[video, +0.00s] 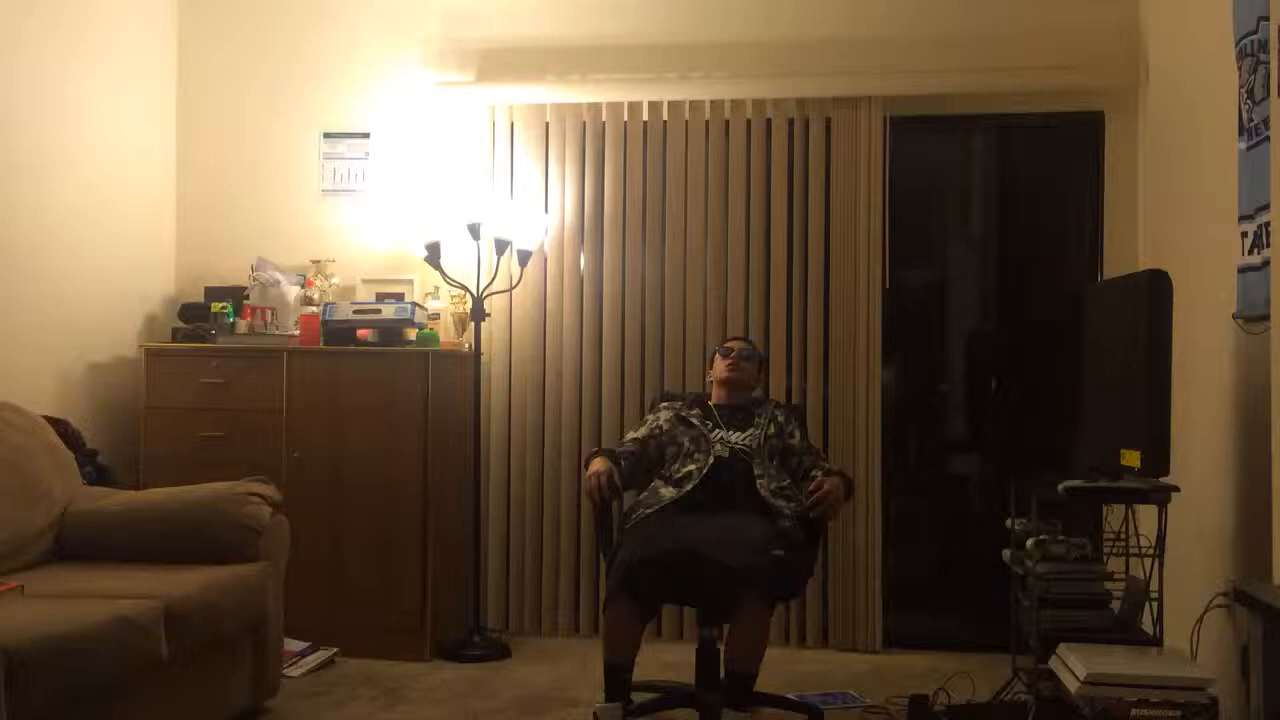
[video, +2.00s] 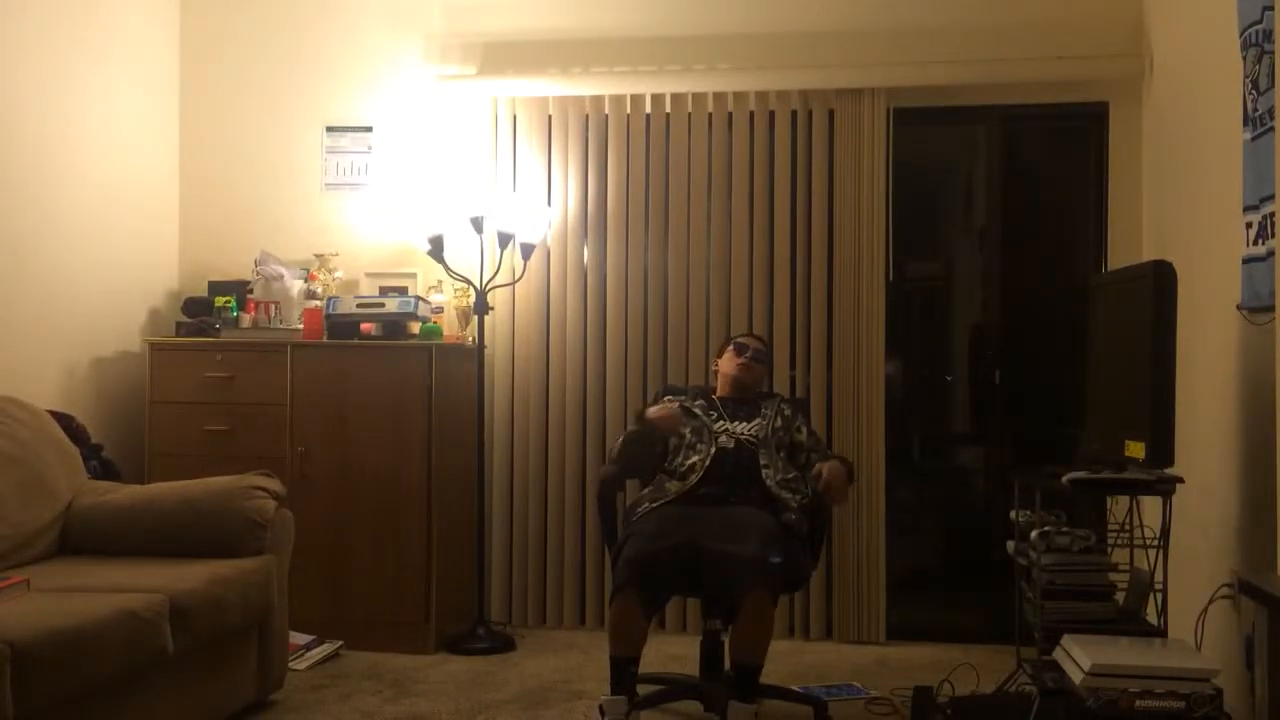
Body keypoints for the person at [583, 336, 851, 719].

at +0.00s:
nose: (734, 357)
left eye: (746, 354)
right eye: (725, 352)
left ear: (759, 375)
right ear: (710, 370)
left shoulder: (779, 420)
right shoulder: (675, 413)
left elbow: (812, 469)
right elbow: (633, 452)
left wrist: (837, 482)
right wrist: (600, 459)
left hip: (753, 522)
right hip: (674, 520)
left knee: (755, 593)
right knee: (630, 579)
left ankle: (736, 707)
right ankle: (615, 701)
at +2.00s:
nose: (748, 359)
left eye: (759, 358)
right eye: (739, 350)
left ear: (766, 377)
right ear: (717, 363)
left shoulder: (782, 412)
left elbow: (815, 457)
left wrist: (835, 465)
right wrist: (648, 424)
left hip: (751, 510)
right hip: (676, 506)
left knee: (758, 582)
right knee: (634, 574)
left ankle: (743, 703)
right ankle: (620, 695)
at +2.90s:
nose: (723, 359)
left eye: (734, 353)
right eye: (714, 354)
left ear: (751, 369)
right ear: (701, 368)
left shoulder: (777, 409)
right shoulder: (680, 402)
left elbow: (812, 445)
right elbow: (636, 415)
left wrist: (834, 455)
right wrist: (693, 384)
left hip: (752, 508)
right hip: (678, 503)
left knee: (758, 581)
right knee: (636, 571)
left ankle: (744, 700)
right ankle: (620, 691)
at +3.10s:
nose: (721, 362)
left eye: (732, 355)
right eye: (711, 357)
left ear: (750, 365)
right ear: (701, 370)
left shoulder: (779, 409)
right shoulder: (674, 401)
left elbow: (827, 457)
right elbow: (634, 445)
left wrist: (819, 460)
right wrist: (704, 423)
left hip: (750, 508)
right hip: (676, 504)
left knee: (756, 579)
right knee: (636, 568)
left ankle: (746, 703)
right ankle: (622, 696)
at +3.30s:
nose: (721, 363)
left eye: (732, 355)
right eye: (711, 357)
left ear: (751, 364)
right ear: (701, 371)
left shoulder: (778, 409)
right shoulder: (675, 406)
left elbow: (815, 449)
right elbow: (630, 451)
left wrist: (819, 459)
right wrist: (694, 435)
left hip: (750, 508)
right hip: (675, 505)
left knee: (757, 576)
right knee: (637, 568)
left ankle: (746, 702)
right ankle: (621, 696)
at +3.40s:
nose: (722, 365)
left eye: (733, 357)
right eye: (712, 359)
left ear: (751, 366)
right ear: (702, 371)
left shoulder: (778, 411)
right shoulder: (675, 407)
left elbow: (820, 454)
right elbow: (631, 452)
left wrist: (820, 460)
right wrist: (694, 438)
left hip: (750, 509)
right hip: (675, 506)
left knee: (757, 577)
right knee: (637, 568)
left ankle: (746, 703)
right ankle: (621, 696)